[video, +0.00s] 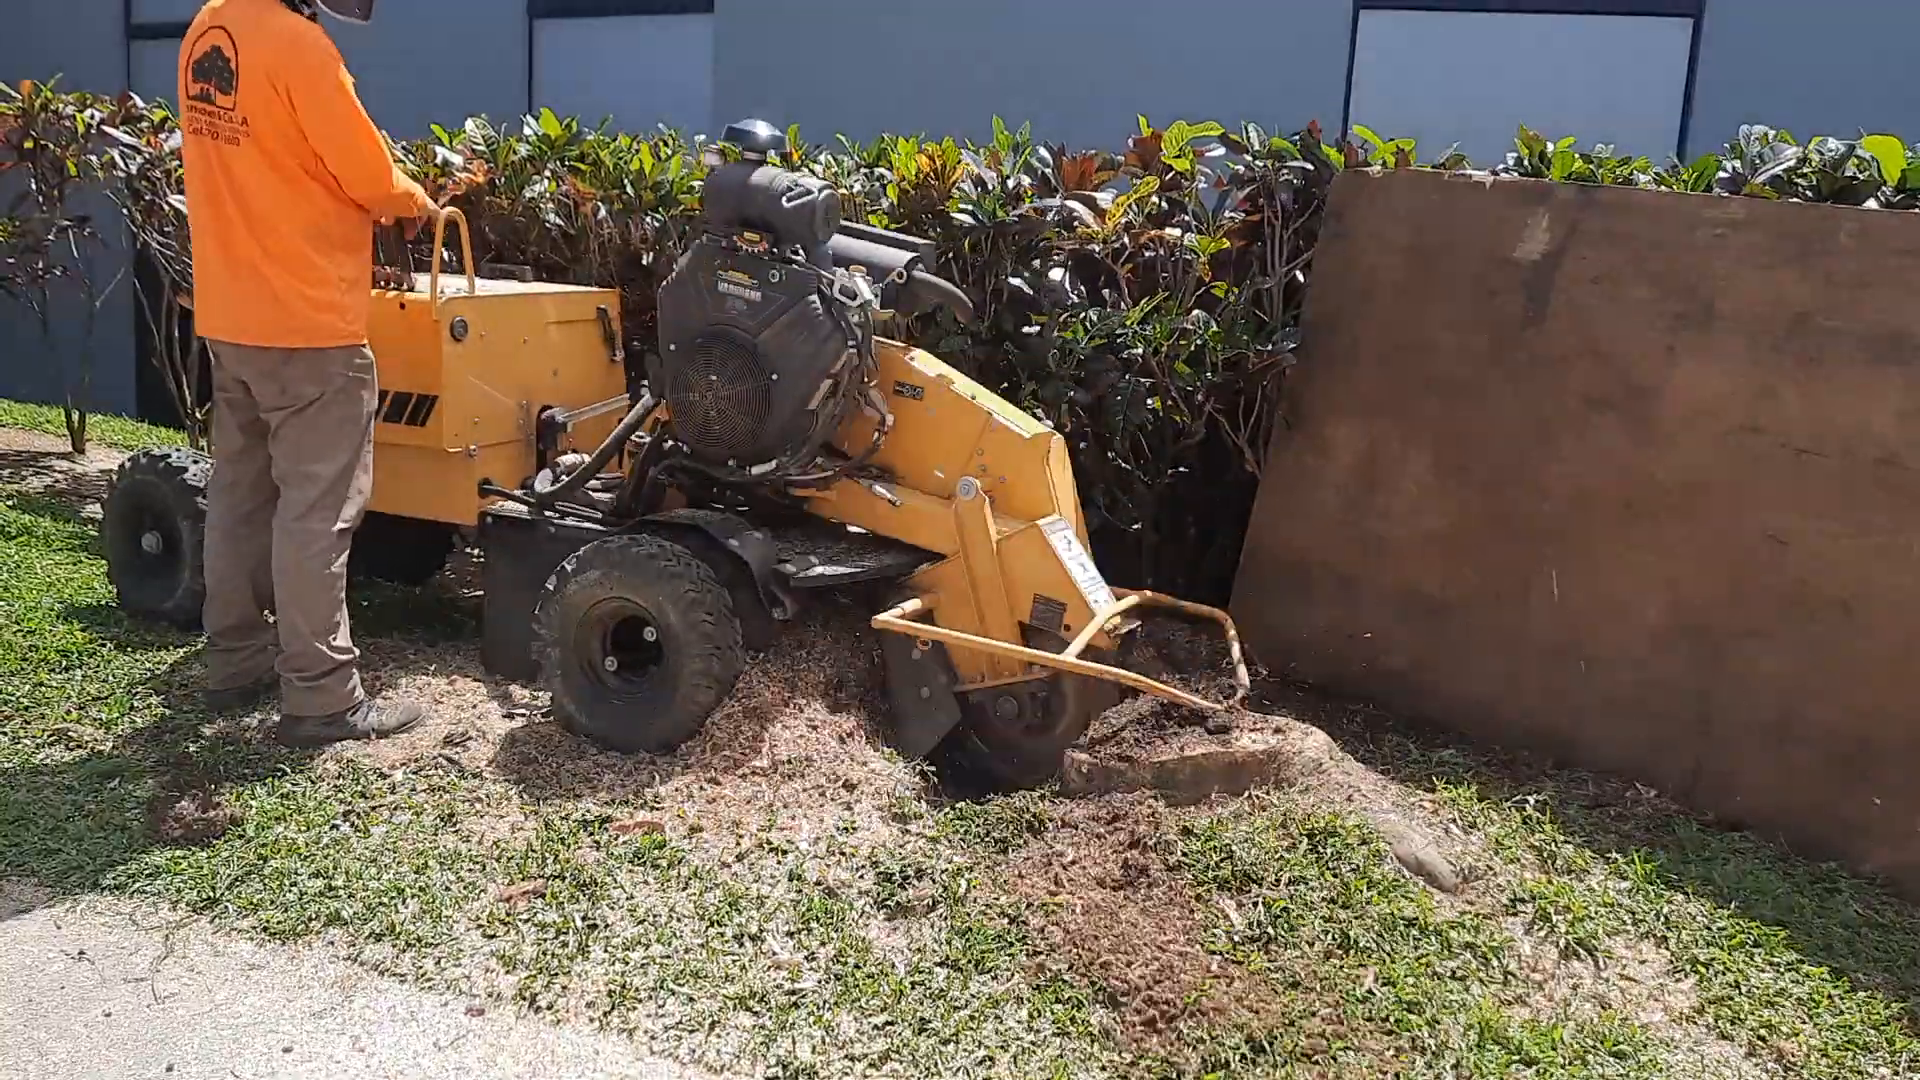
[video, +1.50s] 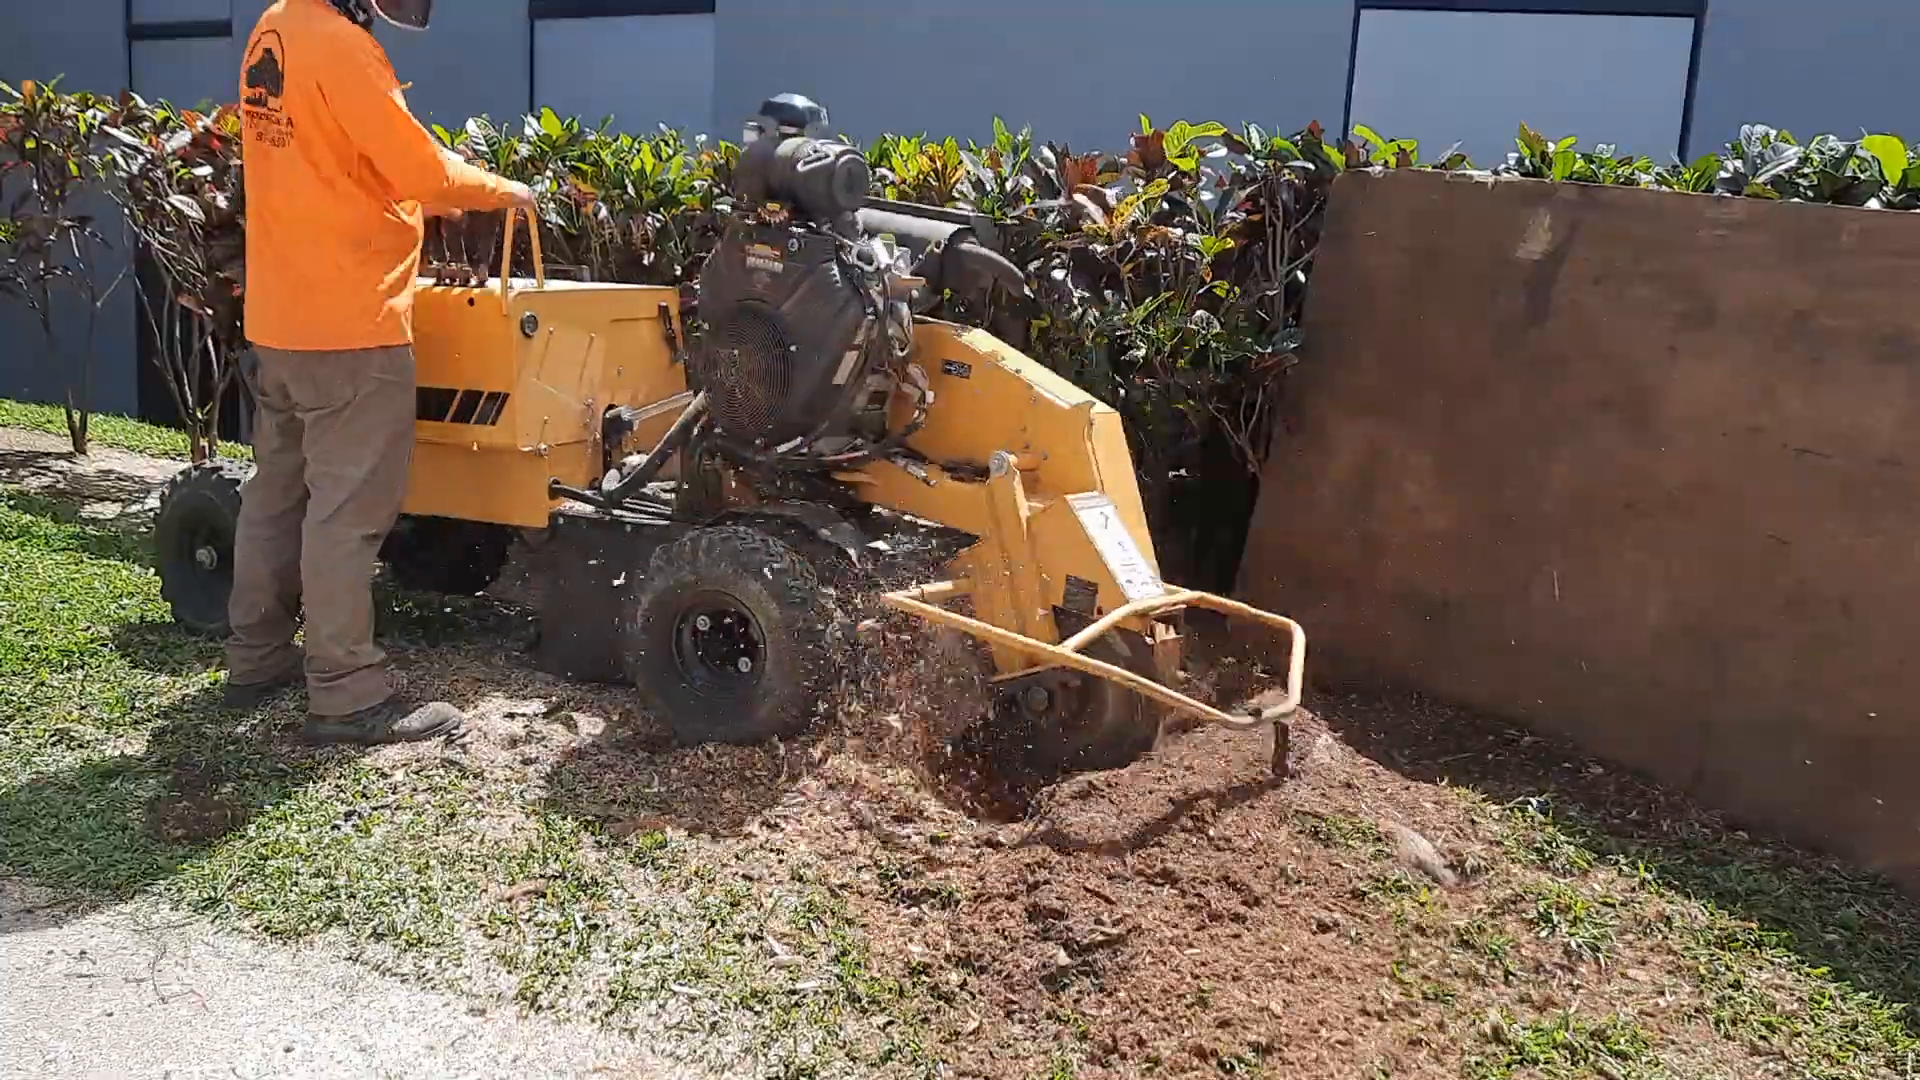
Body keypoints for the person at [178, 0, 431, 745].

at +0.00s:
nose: (367, 9)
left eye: (368, 3)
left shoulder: (207, 24)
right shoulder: (301, 45)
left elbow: (269, 158)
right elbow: (373, 178)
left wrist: (380, 200)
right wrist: (420, 203)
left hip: (229, 321)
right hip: (309, 326)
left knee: (238, 499)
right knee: (319, 507)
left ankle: (233, 665)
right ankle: (320, 698)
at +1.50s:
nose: (409, 13)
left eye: (409, 7)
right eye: (407, 3)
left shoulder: (274, 27)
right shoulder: (346, 49)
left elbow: (344, 159)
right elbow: (422, 173)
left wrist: (449, 174)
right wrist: (499, 191)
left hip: (279, 323)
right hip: (352, 328)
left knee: (276, 495)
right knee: (349, 509)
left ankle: (256, 658)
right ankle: (345, 693)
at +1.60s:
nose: (416, 12)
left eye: (416, 7)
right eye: (413, 4)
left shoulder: (279, 25)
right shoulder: (345, 48)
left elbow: (342, 162)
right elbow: (413, 183)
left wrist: (444, 188)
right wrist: (472, 191)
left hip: (314, 311)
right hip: (357, 318)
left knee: (375, 482)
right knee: (344, 502)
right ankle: (323, 695)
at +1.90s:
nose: (400, 13)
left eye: (402, 6)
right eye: (399, 2)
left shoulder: (274, 23)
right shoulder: (331, 51)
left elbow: (346, 165)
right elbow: (408, 180)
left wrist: (437, 191)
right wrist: (472, 185)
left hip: (307, 317)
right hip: (351, 324)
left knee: (368, 489)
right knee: (342, 509)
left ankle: (412, 633)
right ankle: (322, 695)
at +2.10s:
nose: (434, 26)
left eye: (440, 19)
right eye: (435, 16)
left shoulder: (335, 24)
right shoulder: (362, 44)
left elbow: (373, 158)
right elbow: (422, 189)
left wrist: (450, 180)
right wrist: (476, 193)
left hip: (318, 287)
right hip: (360, 280)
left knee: (323, 488)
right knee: (549, 333)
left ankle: (294, 666)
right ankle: (617, 520)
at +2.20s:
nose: (435, 14)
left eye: (435, 8)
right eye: (431, 5)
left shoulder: (339, 30)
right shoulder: (342, 39)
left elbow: (390, 168)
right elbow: (406, 182)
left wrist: (482, 189)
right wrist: (498, 196)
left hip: (329, 288)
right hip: (360, 280)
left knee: (329, 486)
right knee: (547, 326)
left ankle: (298, 665)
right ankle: (650, 510)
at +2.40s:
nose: (479, 8)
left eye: (480, 4)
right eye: (474, 2)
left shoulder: (315, 25)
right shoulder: (437, 61)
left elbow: (297, 153)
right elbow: (501, 196)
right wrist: (529, 194)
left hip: (334, 315)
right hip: (411, 327)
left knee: (351, 491)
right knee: (398, 515)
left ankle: (302, 666)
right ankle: (373, 707)